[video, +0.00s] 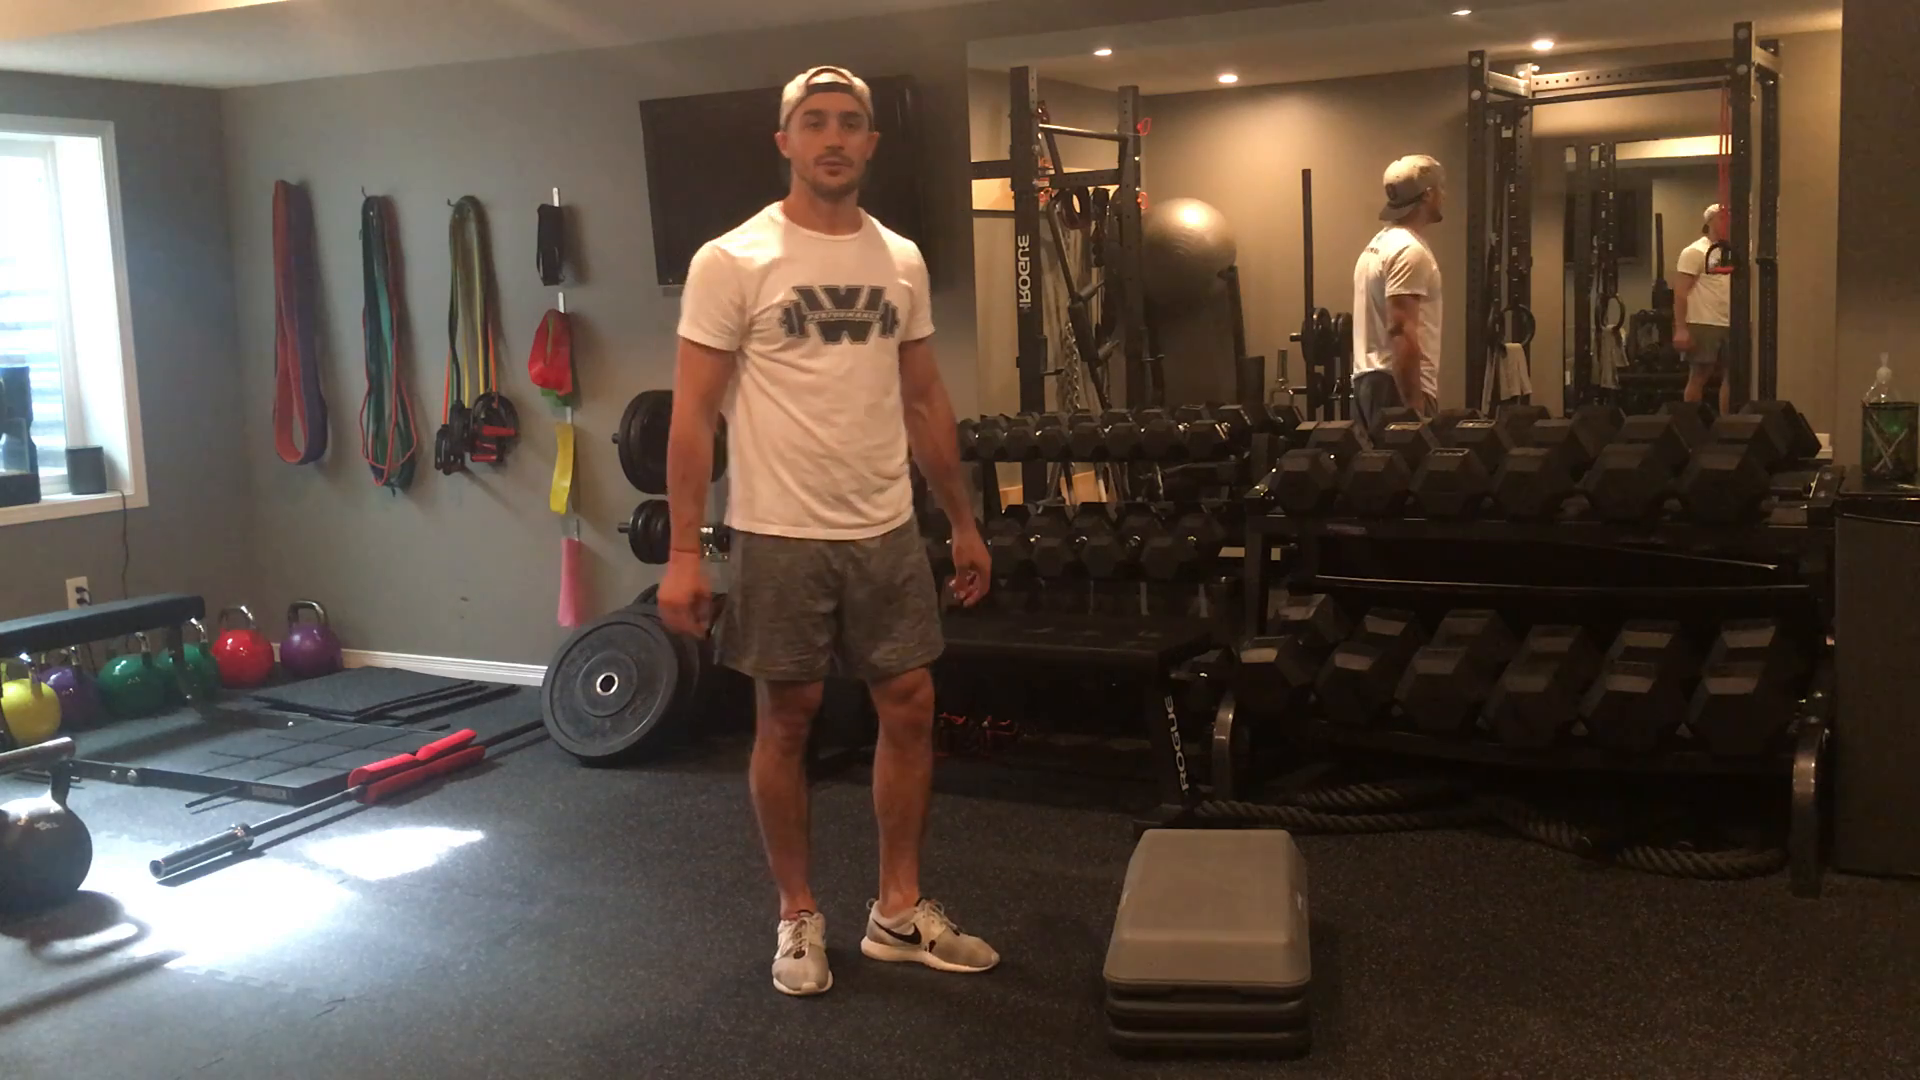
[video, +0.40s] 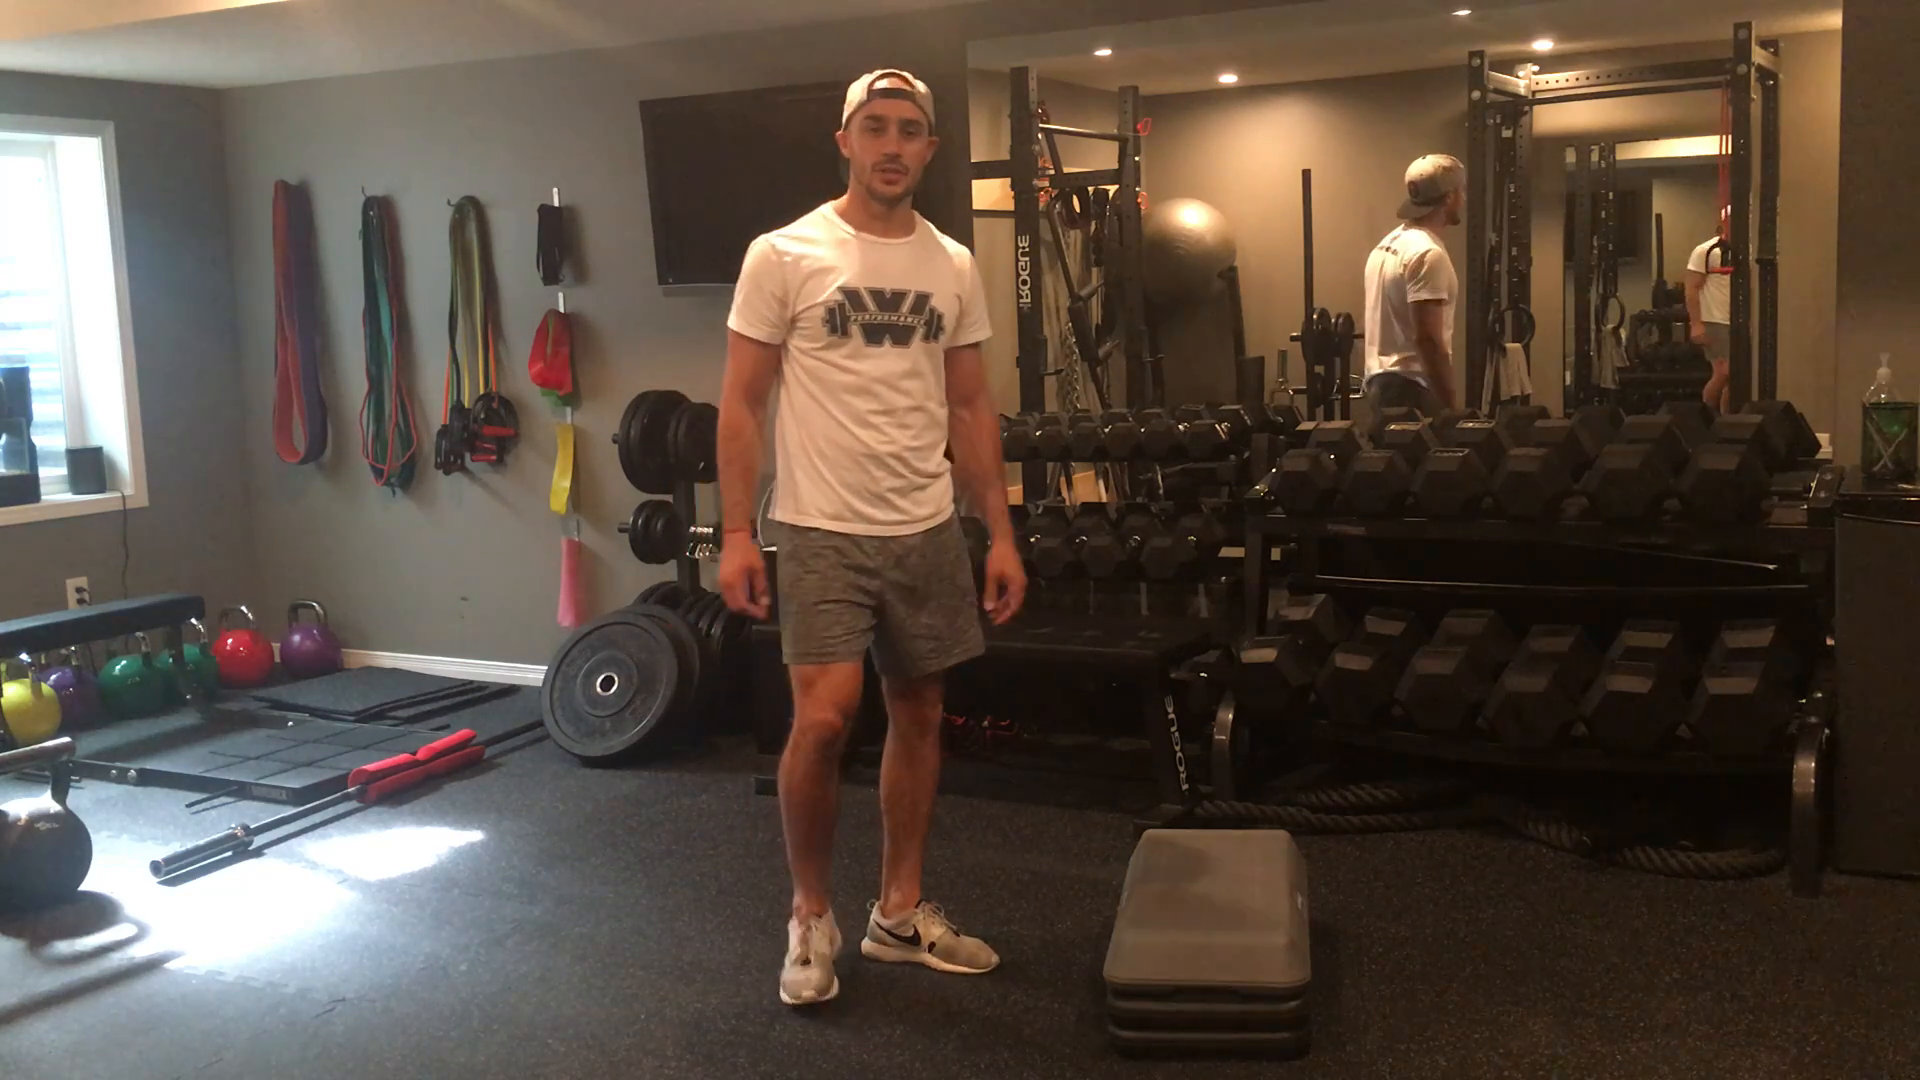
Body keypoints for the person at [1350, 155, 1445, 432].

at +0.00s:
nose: (1443, 196)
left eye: (1442, 189)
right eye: (1440, 189)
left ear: (1399, 197)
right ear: (1428, 195)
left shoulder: (1376, 245)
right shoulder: (1409, 251)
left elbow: (1369, 328)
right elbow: (1401, 331)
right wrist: (1416, 406)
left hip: (1366, 385)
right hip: (1395, 389)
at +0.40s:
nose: (1464, 199)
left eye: (1463, 191)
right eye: (1462, 191)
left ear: (1417, 196)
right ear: (1449, 198)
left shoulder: (1386, 246)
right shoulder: (1428, 253)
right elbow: (1429, 340)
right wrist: (1451, 409)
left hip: (1379, 385)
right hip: (1412, 390)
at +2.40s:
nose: (1465, 196)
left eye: (1463, 187)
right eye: (1462, 187)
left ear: (1419, 197)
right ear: (1451, 193)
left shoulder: (1388, 252)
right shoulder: (1440, 251)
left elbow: (1383, 332)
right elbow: (1450, 339)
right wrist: (1482, 402)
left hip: (1391, 389)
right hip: (1431, 392)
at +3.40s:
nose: (1469, 202)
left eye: (1470, 193)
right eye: (1468, 193)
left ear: (1425, 196)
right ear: (1456, 194)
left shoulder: (1396, 246)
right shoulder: (1433, 254)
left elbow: (1392, 329)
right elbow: (1434, 340)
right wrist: (1466, 408)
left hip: (1391, 386)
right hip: (1421, 392)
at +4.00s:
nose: (1477, 215)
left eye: (1479, 205)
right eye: (1471, 204)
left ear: (1444, 199)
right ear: (1443, 199)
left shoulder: (1440, 249)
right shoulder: (1409, 247)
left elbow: (1429, 327)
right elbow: (1395, 327)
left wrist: (1444, 394)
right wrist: (1438, 392)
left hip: (1428, 394)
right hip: (1400, 392)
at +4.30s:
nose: (1487, 214)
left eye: (1490, 204)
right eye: (1478, 204)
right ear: (1450, 201)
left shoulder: (1475, 257)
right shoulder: (1409, 252)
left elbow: (1464, 329)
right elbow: (1366, 318)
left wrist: (1479, 392)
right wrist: (1395, 386)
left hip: (1452, 399)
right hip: (1411, 400)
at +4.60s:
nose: (1518, 220)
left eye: (1519, 210)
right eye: (1505, 212)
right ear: (1475, 215)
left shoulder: (1508, 259)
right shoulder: (1432, 269)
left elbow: (1491, 331)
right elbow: (1384, 331)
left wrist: (1506, 374)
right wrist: (1433, 386)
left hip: (1484, 411)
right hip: (1438, 414)